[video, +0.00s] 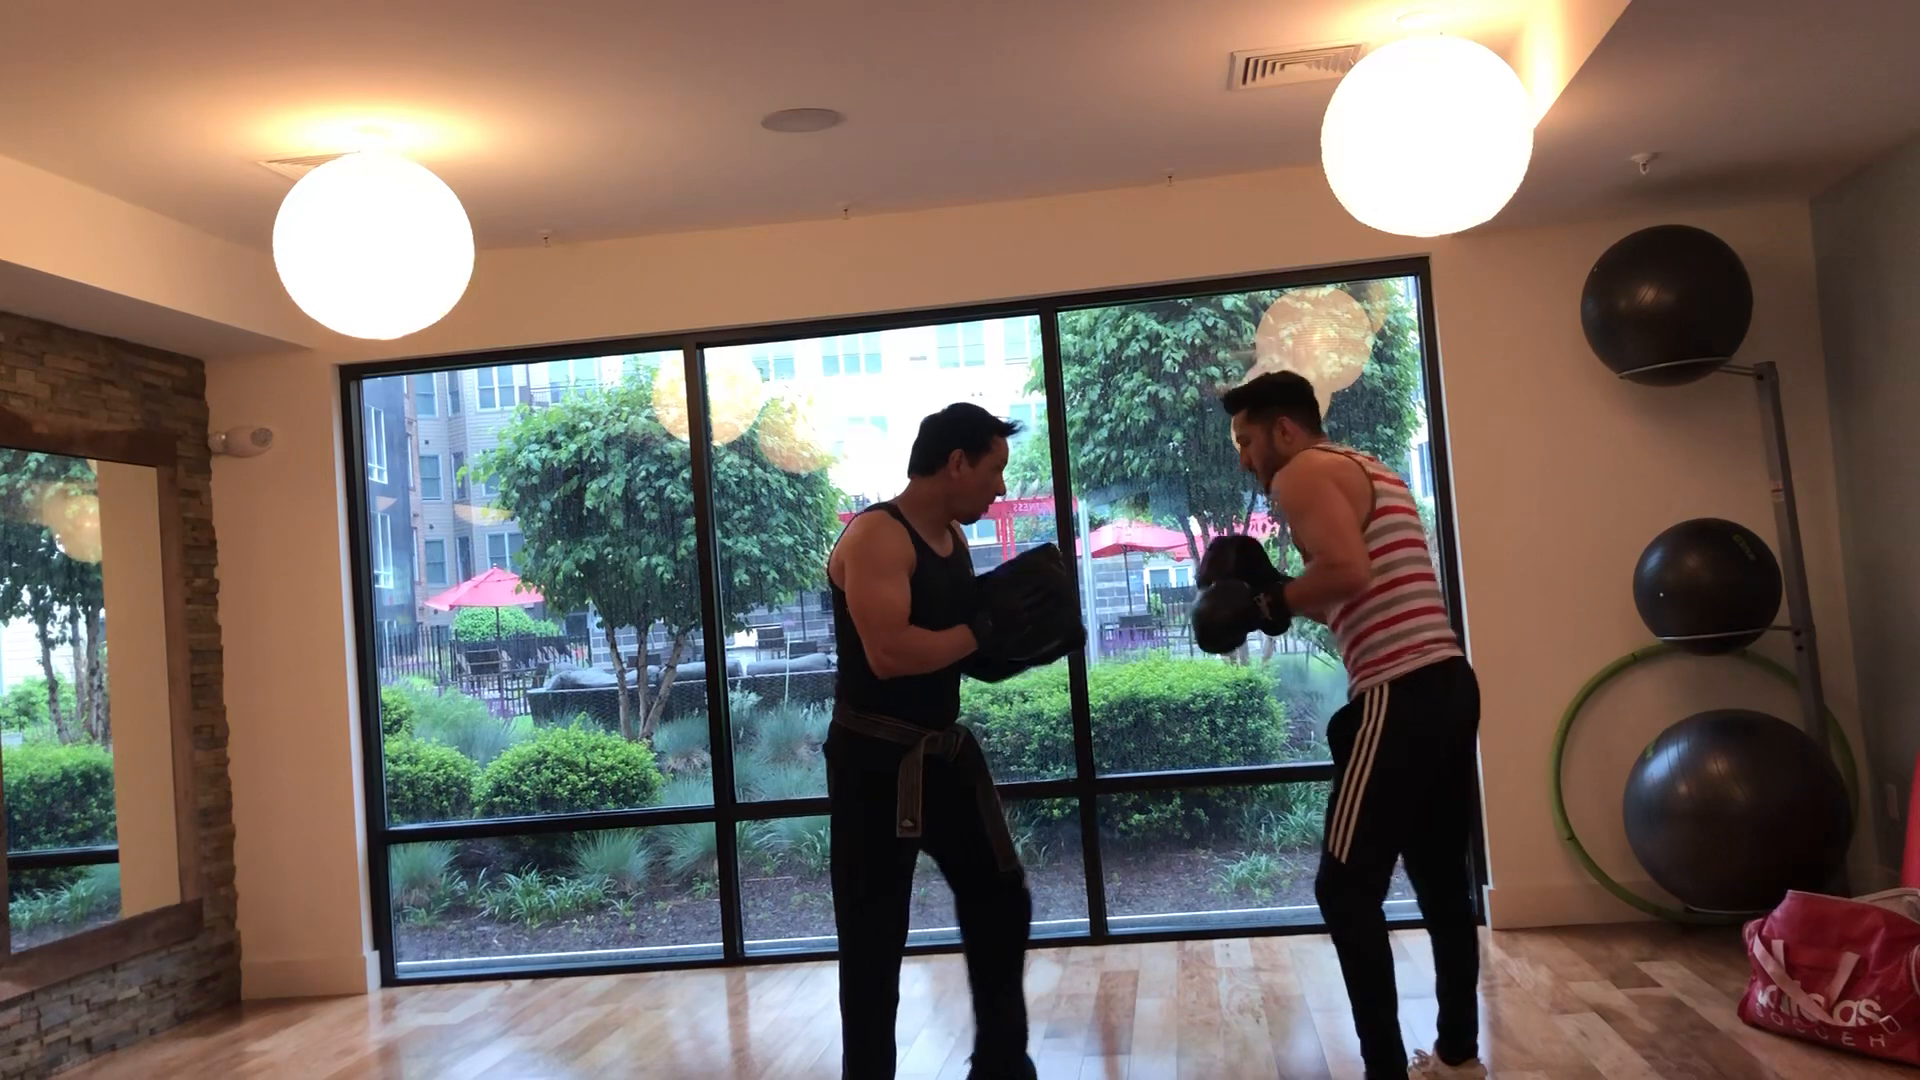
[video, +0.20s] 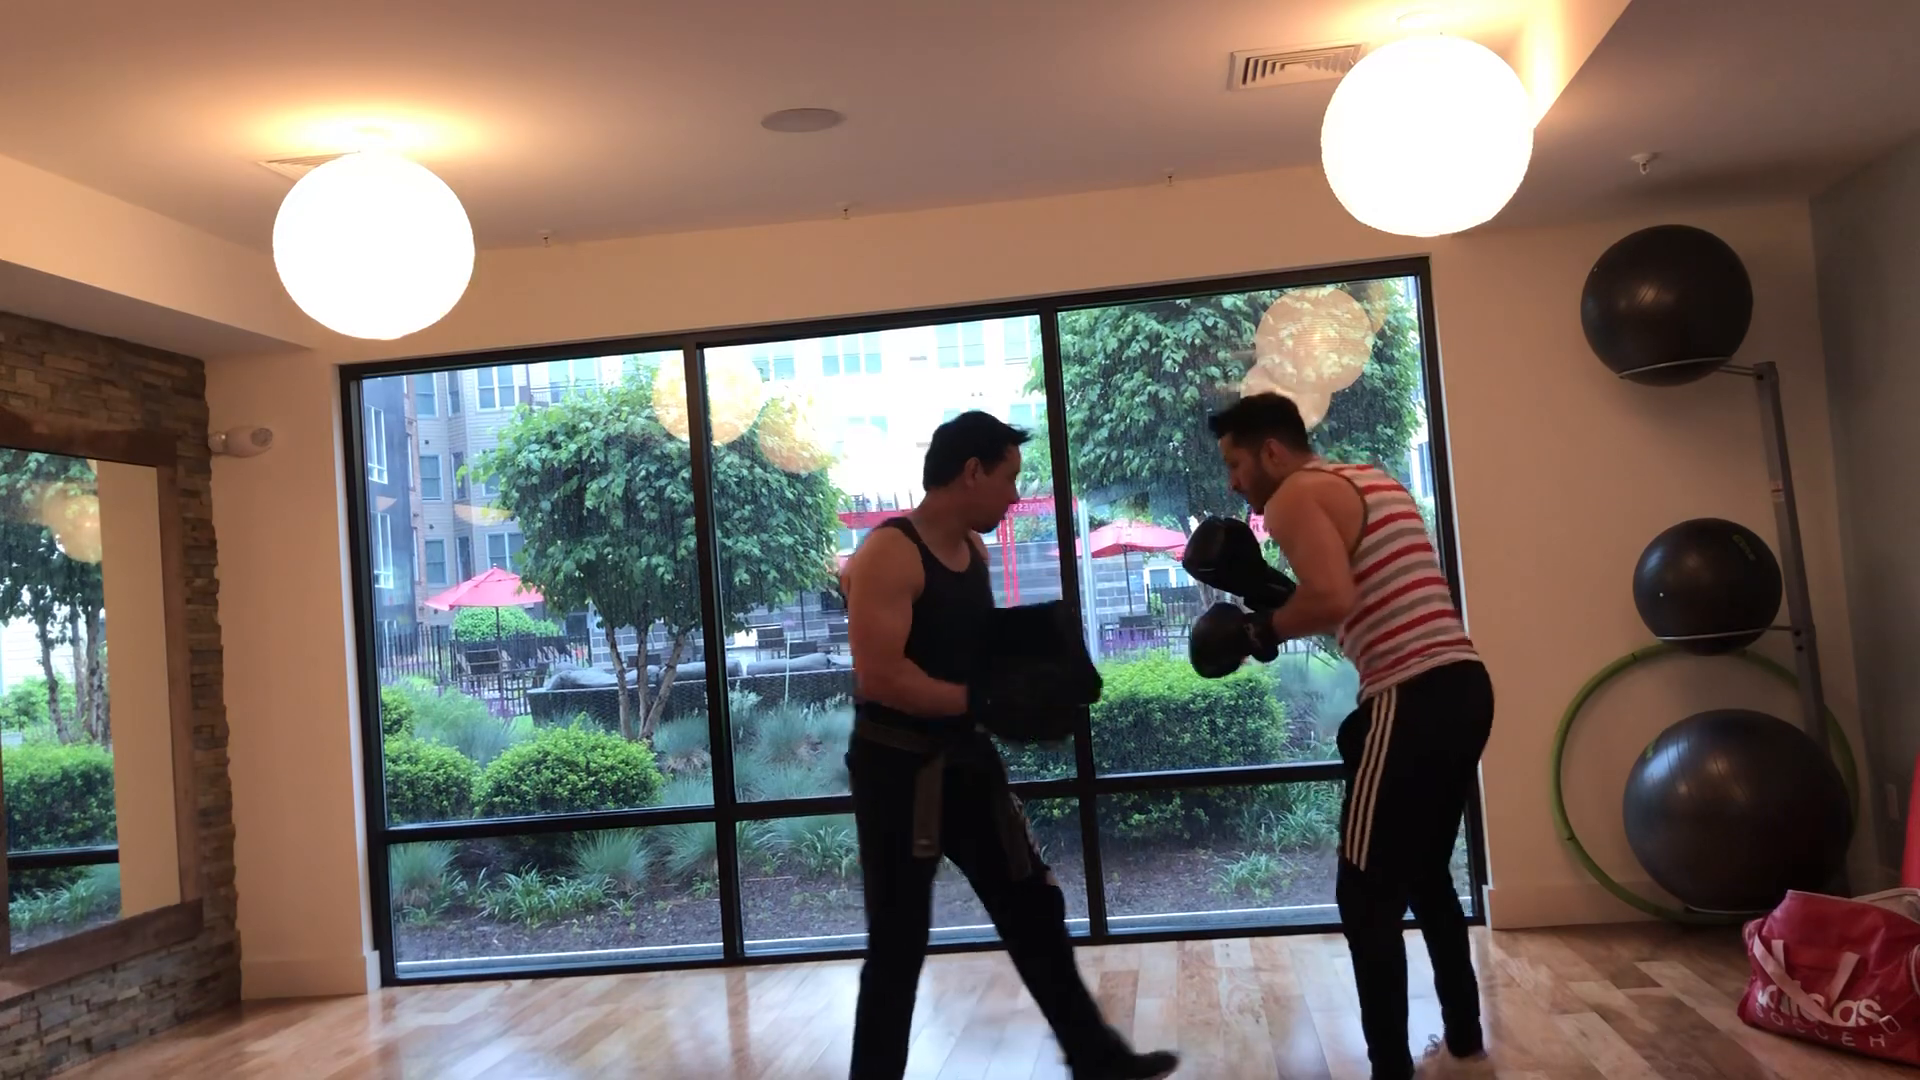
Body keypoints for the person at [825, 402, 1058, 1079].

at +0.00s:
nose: (999, 489)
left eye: (1002, 474)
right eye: (996, 472)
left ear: (956, 466)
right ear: (955, 463)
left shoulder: (949, 539)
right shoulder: (874, 535)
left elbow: (954, 636)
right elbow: (888, 652)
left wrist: (1022, 605)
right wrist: (986, 630)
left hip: (944, 748)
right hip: (873, 754)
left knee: (1000, 906)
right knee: (873, 938)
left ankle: (1001, 1068)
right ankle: (869, 1075)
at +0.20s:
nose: (1015, 495)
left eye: (1017, 480)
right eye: (1011, 478)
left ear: (972, 474)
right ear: (971, 471)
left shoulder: (969, 549)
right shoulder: (888, 550)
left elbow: (971, 650)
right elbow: (877, 674)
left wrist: (1035, 678)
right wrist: (982, 700)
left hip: (964, 754)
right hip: (895, 760)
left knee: (1030, 909)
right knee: (898, 942)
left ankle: (1098, 1059)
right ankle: (873, 1076)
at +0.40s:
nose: (1052, 501)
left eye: (1053, 486)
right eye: (1046, 485)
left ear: (1007, 482)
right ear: (1007, 481)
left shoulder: (1011, 559)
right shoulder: (932, 560)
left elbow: (1028, 659)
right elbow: (877, 660)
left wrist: (1087, 603)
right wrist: (984, 676)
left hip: (1025, 769)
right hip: (959, 776)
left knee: (1100, 915)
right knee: (954, 954)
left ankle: (1137, 1065)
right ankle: (890, 1077)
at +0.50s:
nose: (1077, 492)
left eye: (1078, 478)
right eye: (1070, 478)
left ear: (1028, 479)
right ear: (1030, 476)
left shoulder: (1029, 560)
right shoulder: (966, 547)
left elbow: (1068, 649)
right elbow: (938, 631)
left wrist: (1119, 590)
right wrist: (1038, 611)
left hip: (1047, 763)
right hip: (991, 767)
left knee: (1124, 907)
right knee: (991, 947)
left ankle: (1143, 1061)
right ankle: (896, 1074)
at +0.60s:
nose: (1096, 488)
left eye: (1097, 475)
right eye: (1088, 473)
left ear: (1048, 473)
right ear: (1046, 469)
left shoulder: (1047, 541)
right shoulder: (1013, 528)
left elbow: (1093, 660)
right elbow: (1073, 590)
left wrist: (1175, 600)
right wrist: (1144, 549)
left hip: (1053, 754)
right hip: (1011, 754)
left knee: (1113, 909)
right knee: (1007, 931)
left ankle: (1142, 1060)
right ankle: (902, 1072)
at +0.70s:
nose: (1110, 483)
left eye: (1111, 470)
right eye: (1101, 469)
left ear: (1048, 472)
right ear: (1054, 466)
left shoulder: (1005, 544)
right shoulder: (1068, 520)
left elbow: (1048, 662)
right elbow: (1189, 524)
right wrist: (1287, 517)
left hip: (1027, 749)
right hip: (1022, 752)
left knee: (1098, 909)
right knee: (1002, 929)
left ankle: (1139, 1062)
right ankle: (912, 1072)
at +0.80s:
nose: (1124, 483)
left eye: (1126, 470)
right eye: (1114, 470)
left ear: (1065, 473)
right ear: (1065, 468)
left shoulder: (1017, 539)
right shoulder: (1092, 527)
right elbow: (1204, 553)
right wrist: (1288, 551)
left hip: (1019, 745)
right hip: (1033, 750)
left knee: (1094, 908)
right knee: (1011, 928)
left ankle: (1139, 1061)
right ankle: (920, 1072)